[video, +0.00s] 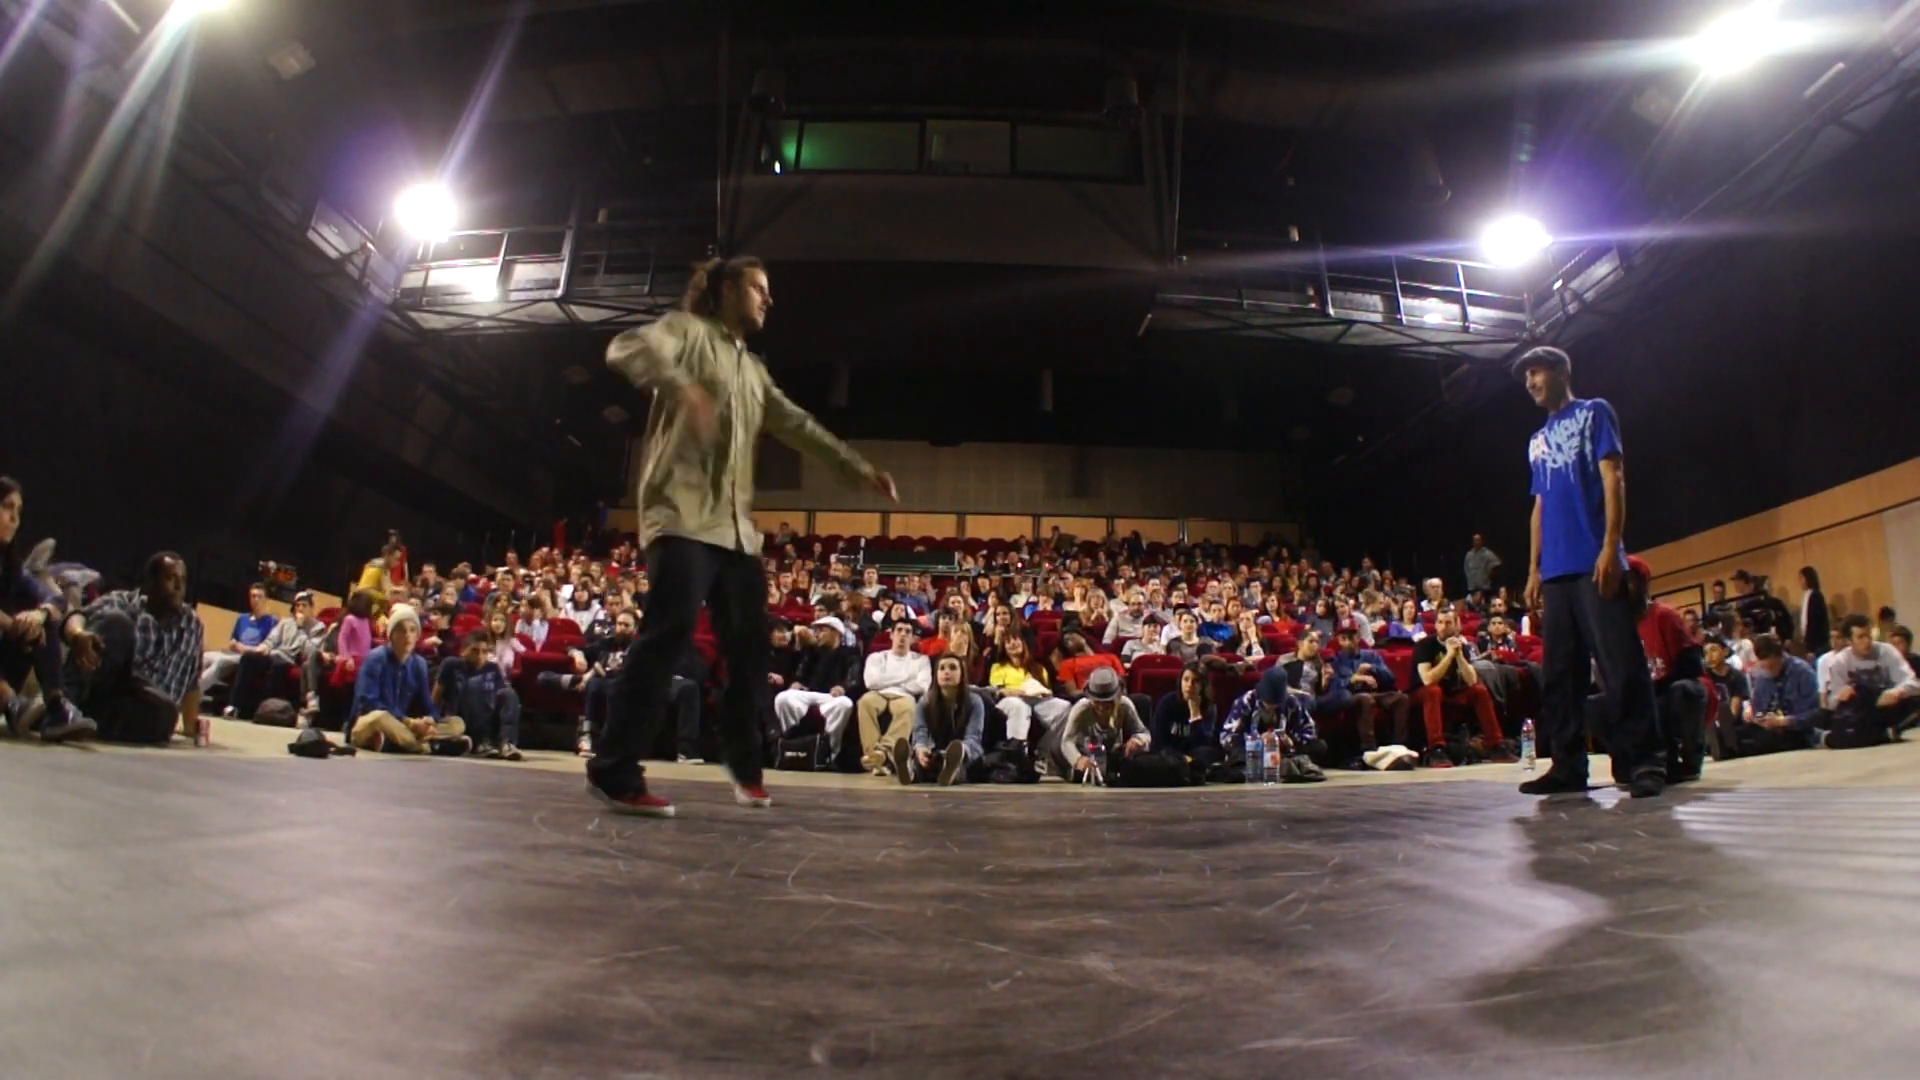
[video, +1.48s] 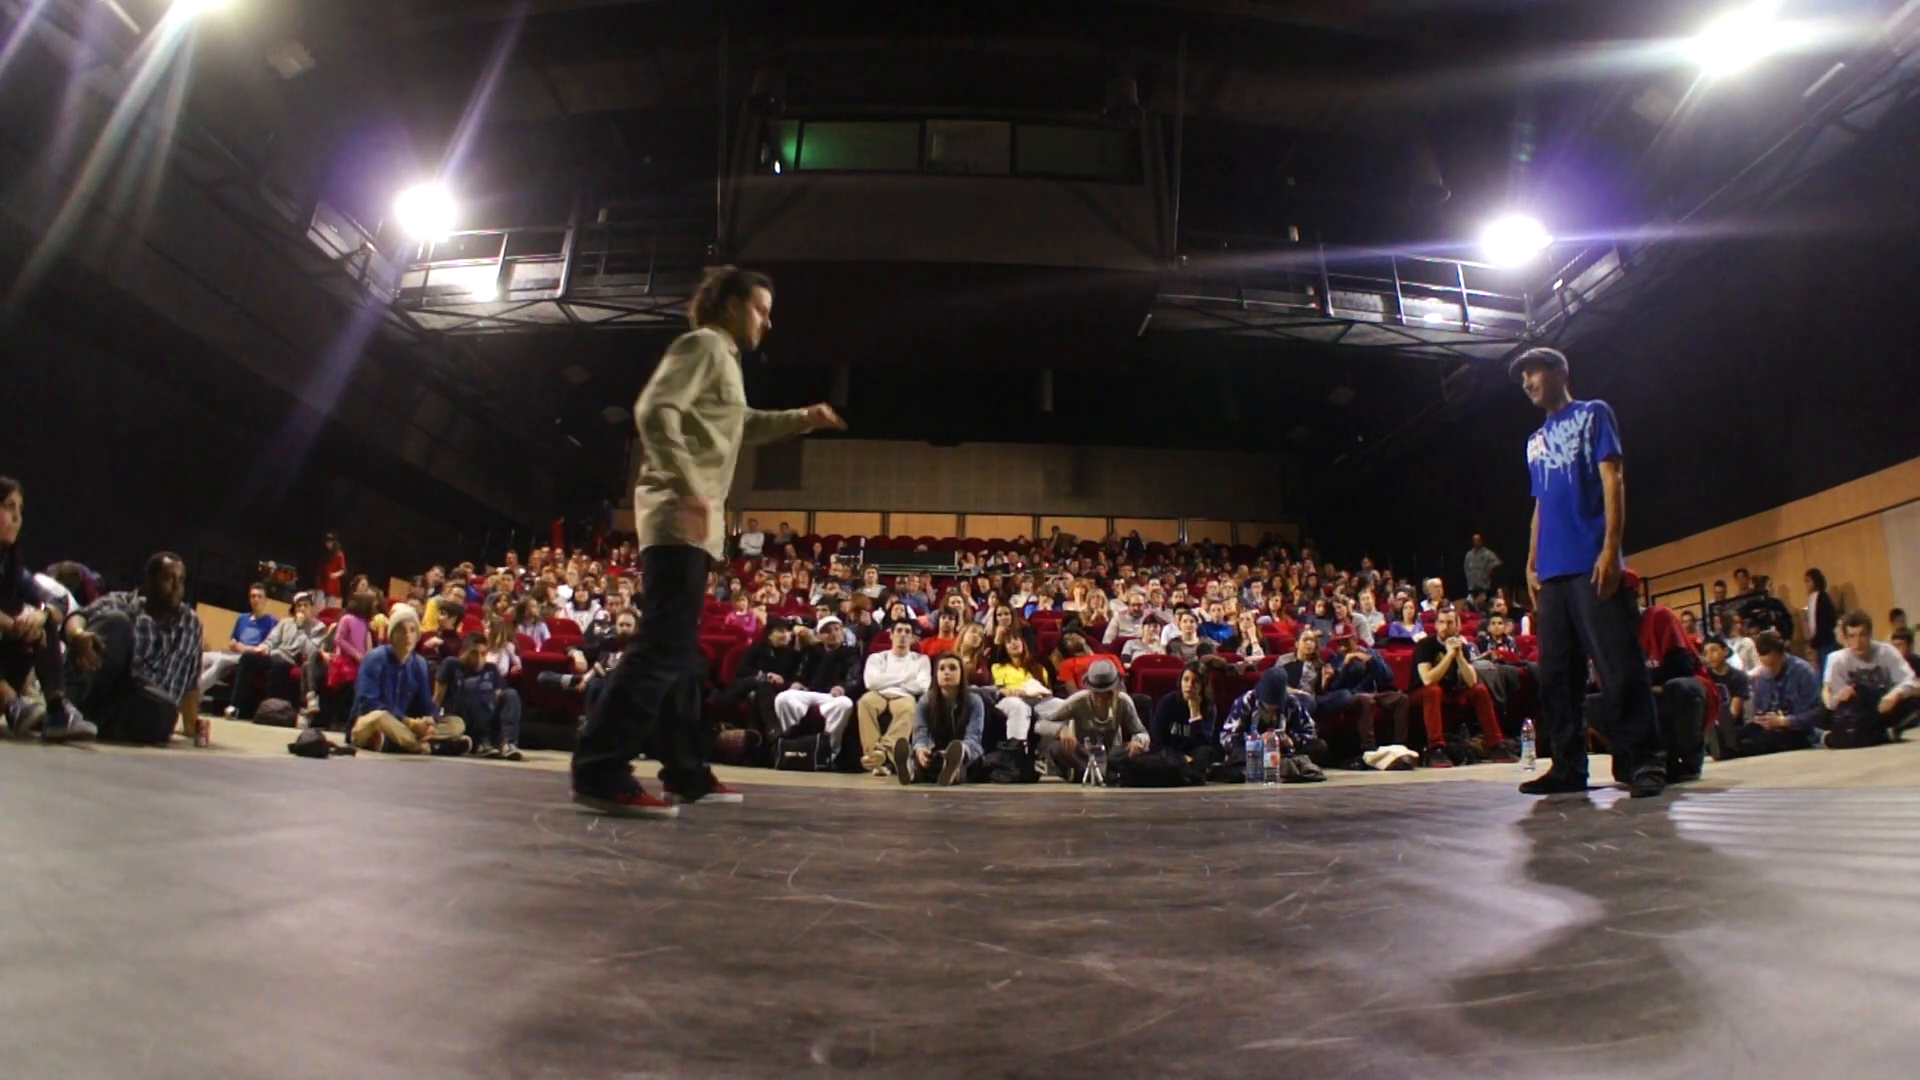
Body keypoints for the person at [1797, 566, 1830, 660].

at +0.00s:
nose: (1799, 581)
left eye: (1801, 578)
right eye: (1800, 578)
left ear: (1807, 578)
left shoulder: (1815, 596)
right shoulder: (1806, 595)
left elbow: (1814, 622)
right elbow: (1806, 618)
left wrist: (1810, 646)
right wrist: (1803, 639)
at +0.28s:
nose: (1799, 581)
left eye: (1801, 578)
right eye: (1799, 578)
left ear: (1808, 579)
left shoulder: (1815, 596)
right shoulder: (1805, 595)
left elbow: (1817, 621)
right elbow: (1805, 617)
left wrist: (1813, 645)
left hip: (1813, 641)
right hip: (1805, 640)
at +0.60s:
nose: (1800, 581)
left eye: (1802, 578)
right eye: (1800, 578)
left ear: (1808, 579)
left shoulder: (1816, 596)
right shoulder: (1804, 595)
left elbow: (1819, 620)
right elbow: (1803, 616)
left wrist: (1814, 641)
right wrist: (1801, 635)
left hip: (1813, 640)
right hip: (1804, 639)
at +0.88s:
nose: (1801, 582)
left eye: (1803, 579)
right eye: (1801, 579)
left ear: (1810, 579)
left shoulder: (1817, 597)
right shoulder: (1805, 596)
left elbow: (1820, 619)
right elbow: (1804, 615)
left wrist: (1815, 641)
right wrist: (1802, 634)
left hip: (1814, 639)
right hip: (1804, 637)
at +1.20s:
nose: (1804, 583)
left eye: (1806, 579)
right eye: (1804, 579)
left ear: (1813, 580)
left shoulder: (1820, 597)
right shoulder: (1809, 596)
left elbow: (1822, 621)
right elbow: (1807, 617)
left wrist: (1815, 642)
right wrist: (1806, 637)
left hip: (1818, 642)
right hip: (1808, 640)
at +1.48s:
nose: (1806, 584)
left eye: (1808, 581)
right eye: (1805, 581)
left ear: (1815, 581)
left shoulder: (1821, 597)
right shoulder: (1812, 597)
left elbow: (1822, 623)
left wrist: (1814, 642)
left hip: (1824, 643)